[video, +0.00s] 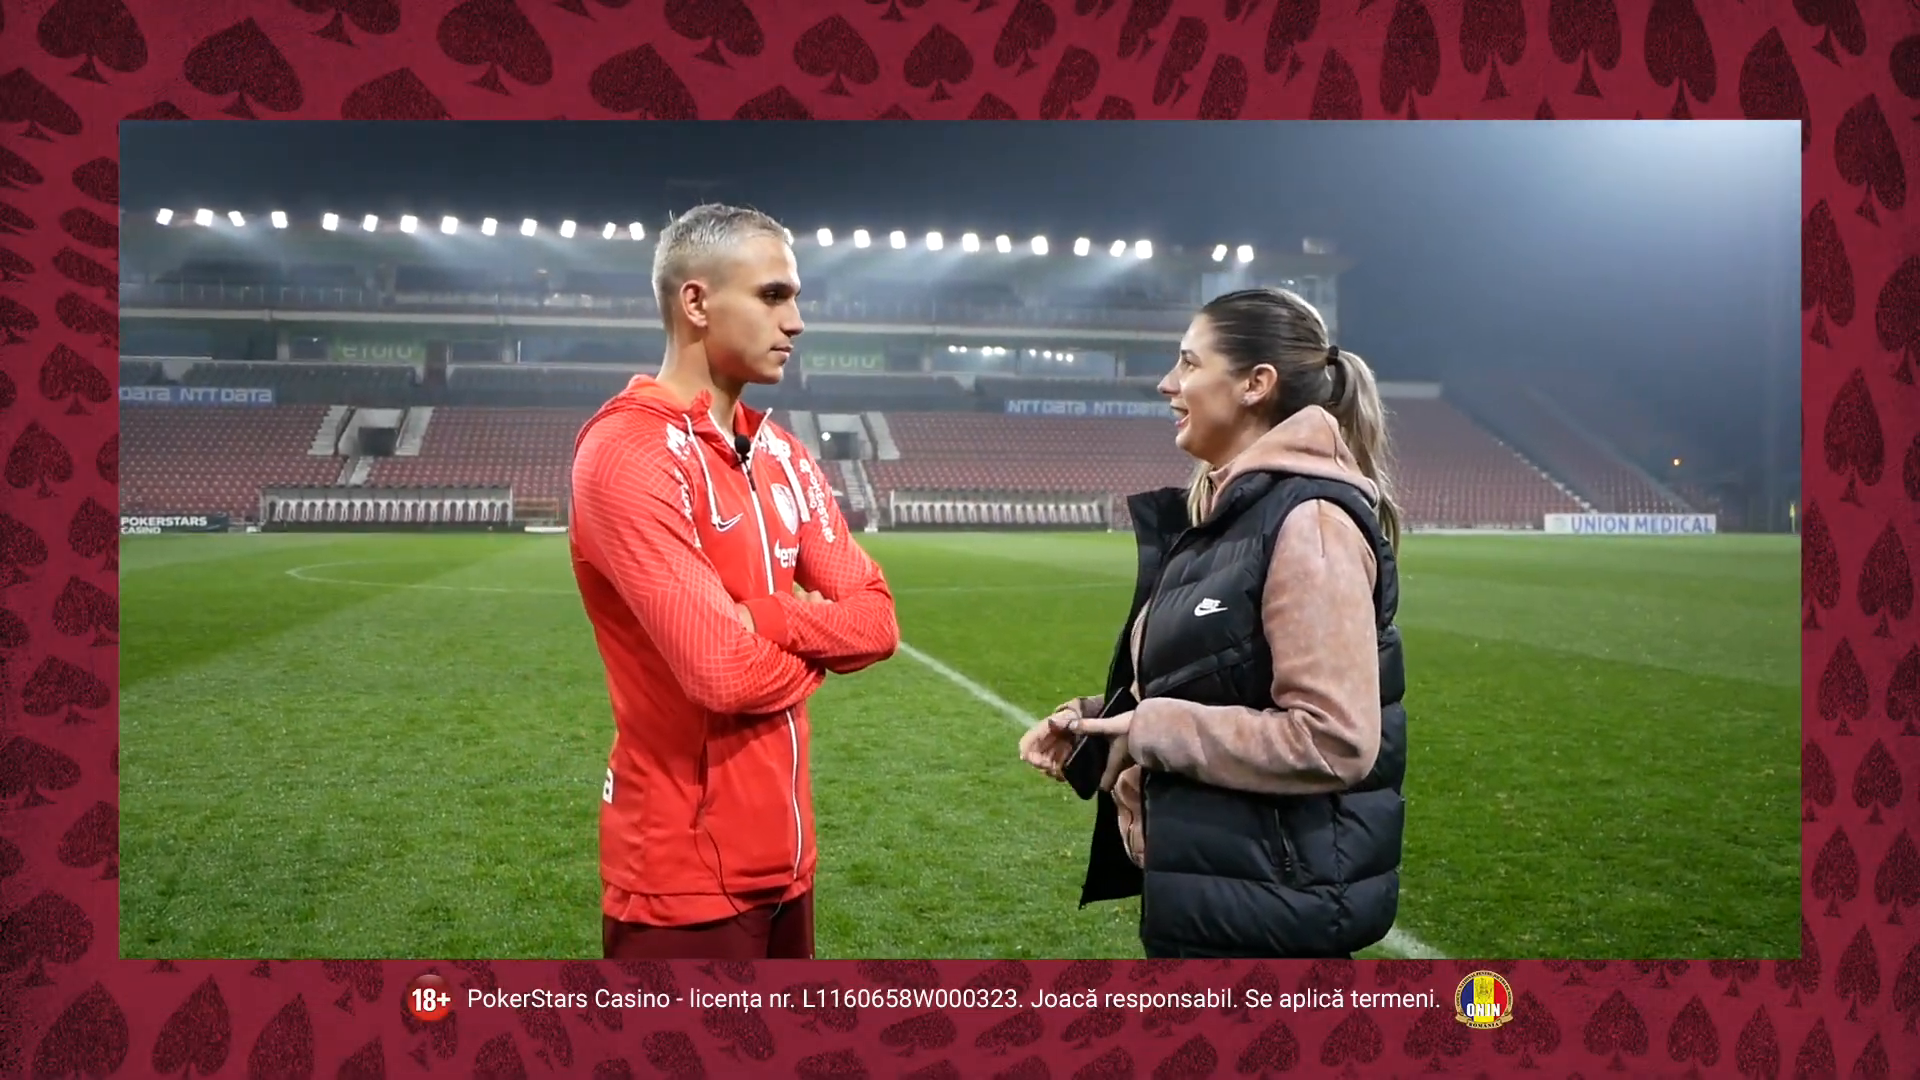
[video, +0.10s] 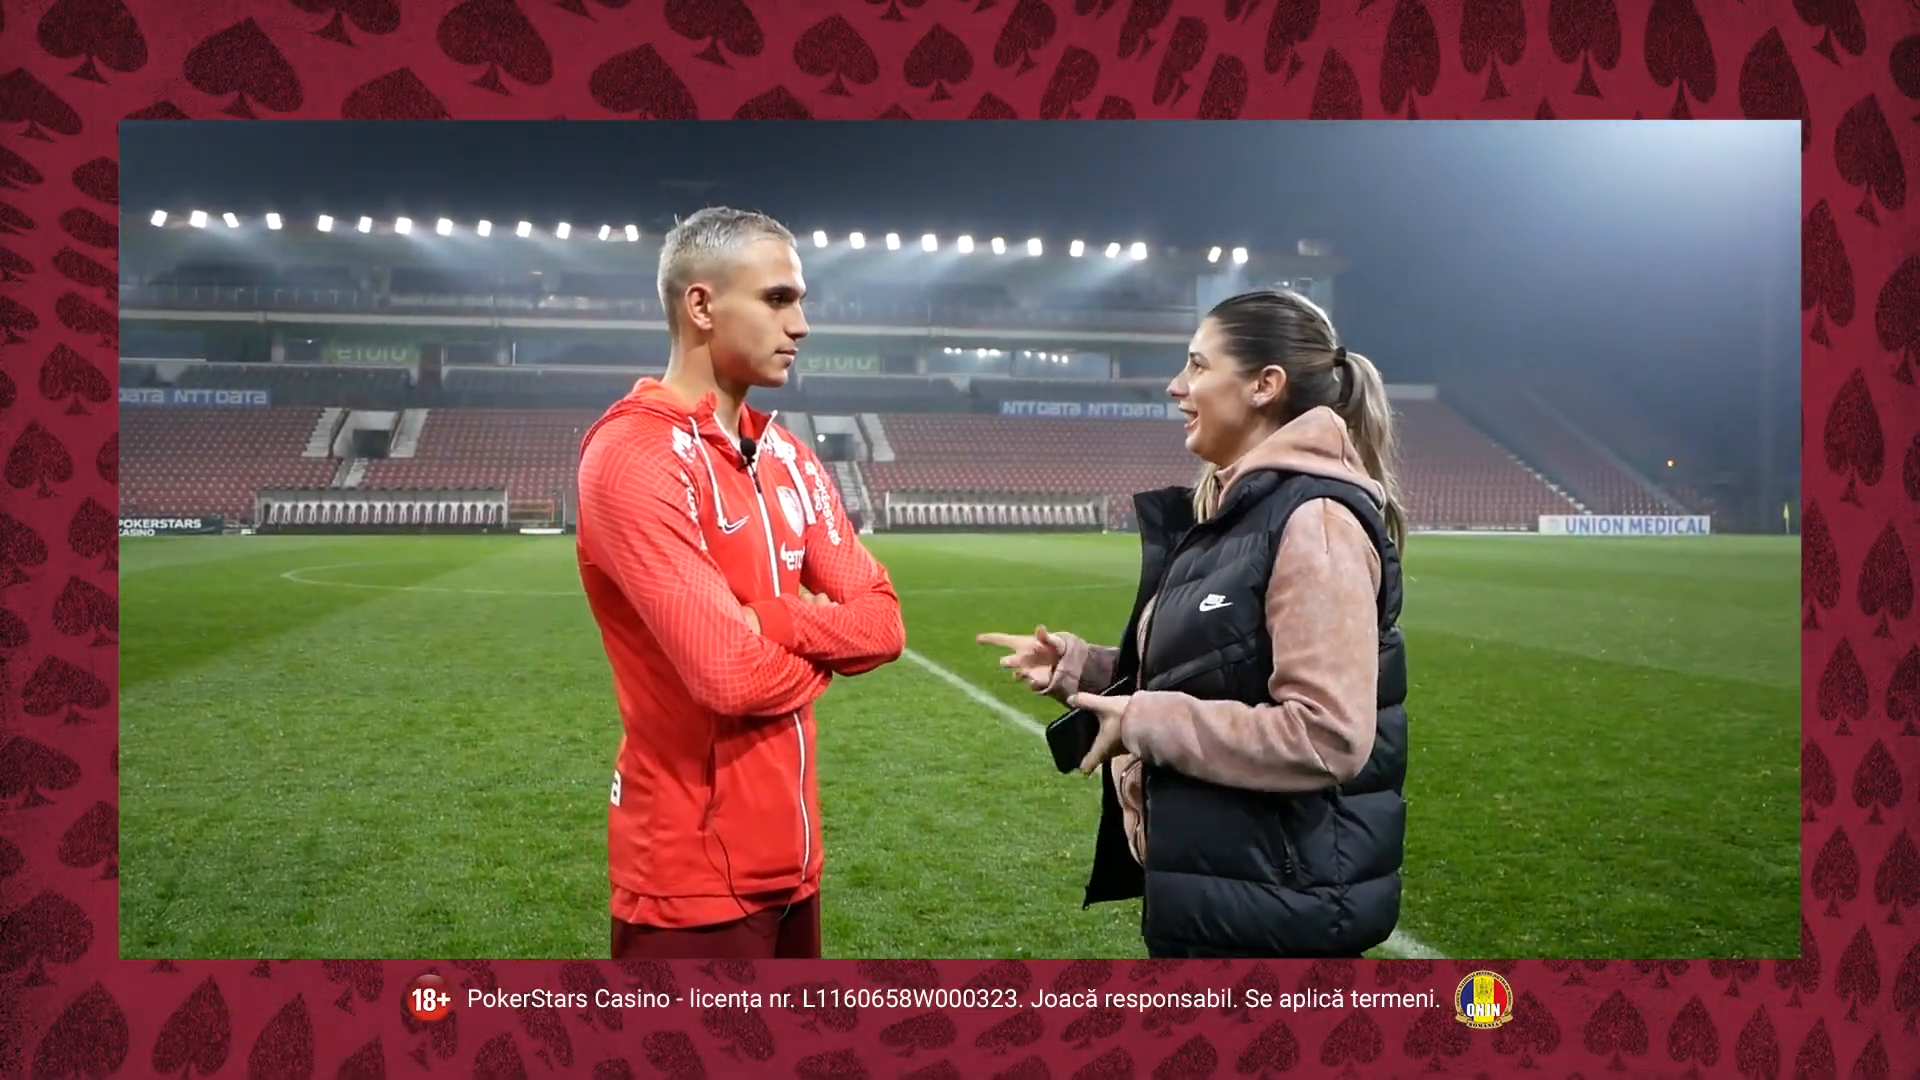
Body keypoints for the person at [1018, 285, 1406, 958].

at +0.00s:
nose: (1166, 385)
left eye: (1189, 364)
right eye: (1176, 364)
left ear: (1257, 384)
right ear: (1250, 384)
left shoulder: (1311, 523)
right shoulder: (1230, 512)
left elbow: (1333, 740)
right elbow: (1220, 695)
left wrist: (1157, 730)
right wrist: (1099, 725)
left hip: (1269, 919)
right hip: (1211, 909)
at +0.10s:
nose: (1176, 388)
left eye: (1197, 366)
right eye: (1185, 367)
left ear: (1266, 385)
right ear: (1260, 387)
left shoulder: (1317, 523)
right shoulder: (1236, 508)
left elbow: (1326, 736)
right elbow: (1209, 685)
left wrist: (1148, 720)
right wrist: (1083, 668)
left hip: (1273, 912)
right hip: (1213, 901)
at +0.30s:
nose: (1191, 393)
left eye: (1213, 371)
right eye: (1199, 372)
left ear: (1283, 386)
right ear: (1274, 386)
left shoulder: (1335, 523)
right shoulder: (1246, 512)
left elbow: (1265, 708)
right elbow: (1163, 665)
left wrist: (1102, 629)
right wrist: (1045, 590)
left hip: (1293, 911)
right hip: (1227, 902)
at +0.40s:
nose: (1194, 393)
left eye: (1215, 371)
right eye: (1202, 372)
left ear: (1285, 386)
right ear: (1277, 386)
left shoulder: (1340, 525)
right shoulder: (1244, 514)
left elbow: (1261, 711)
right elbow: (1146, 667)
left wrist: (1115, 605)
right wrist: (1038, 595)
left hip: (1297, 908)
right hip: (1228, 900)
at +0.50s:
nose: (1195, 392)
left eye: (1216, 371)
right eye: (1203, 372)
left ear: (1286, 386)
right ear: (1276, 386)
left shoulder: (1343, 525)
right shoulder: (1242, 513)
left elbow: (1275, 715)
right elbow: (1151, 671)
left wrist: (1138, 612)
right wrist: (1046, 598)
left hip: (1300, 906)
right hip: (1227, 897)